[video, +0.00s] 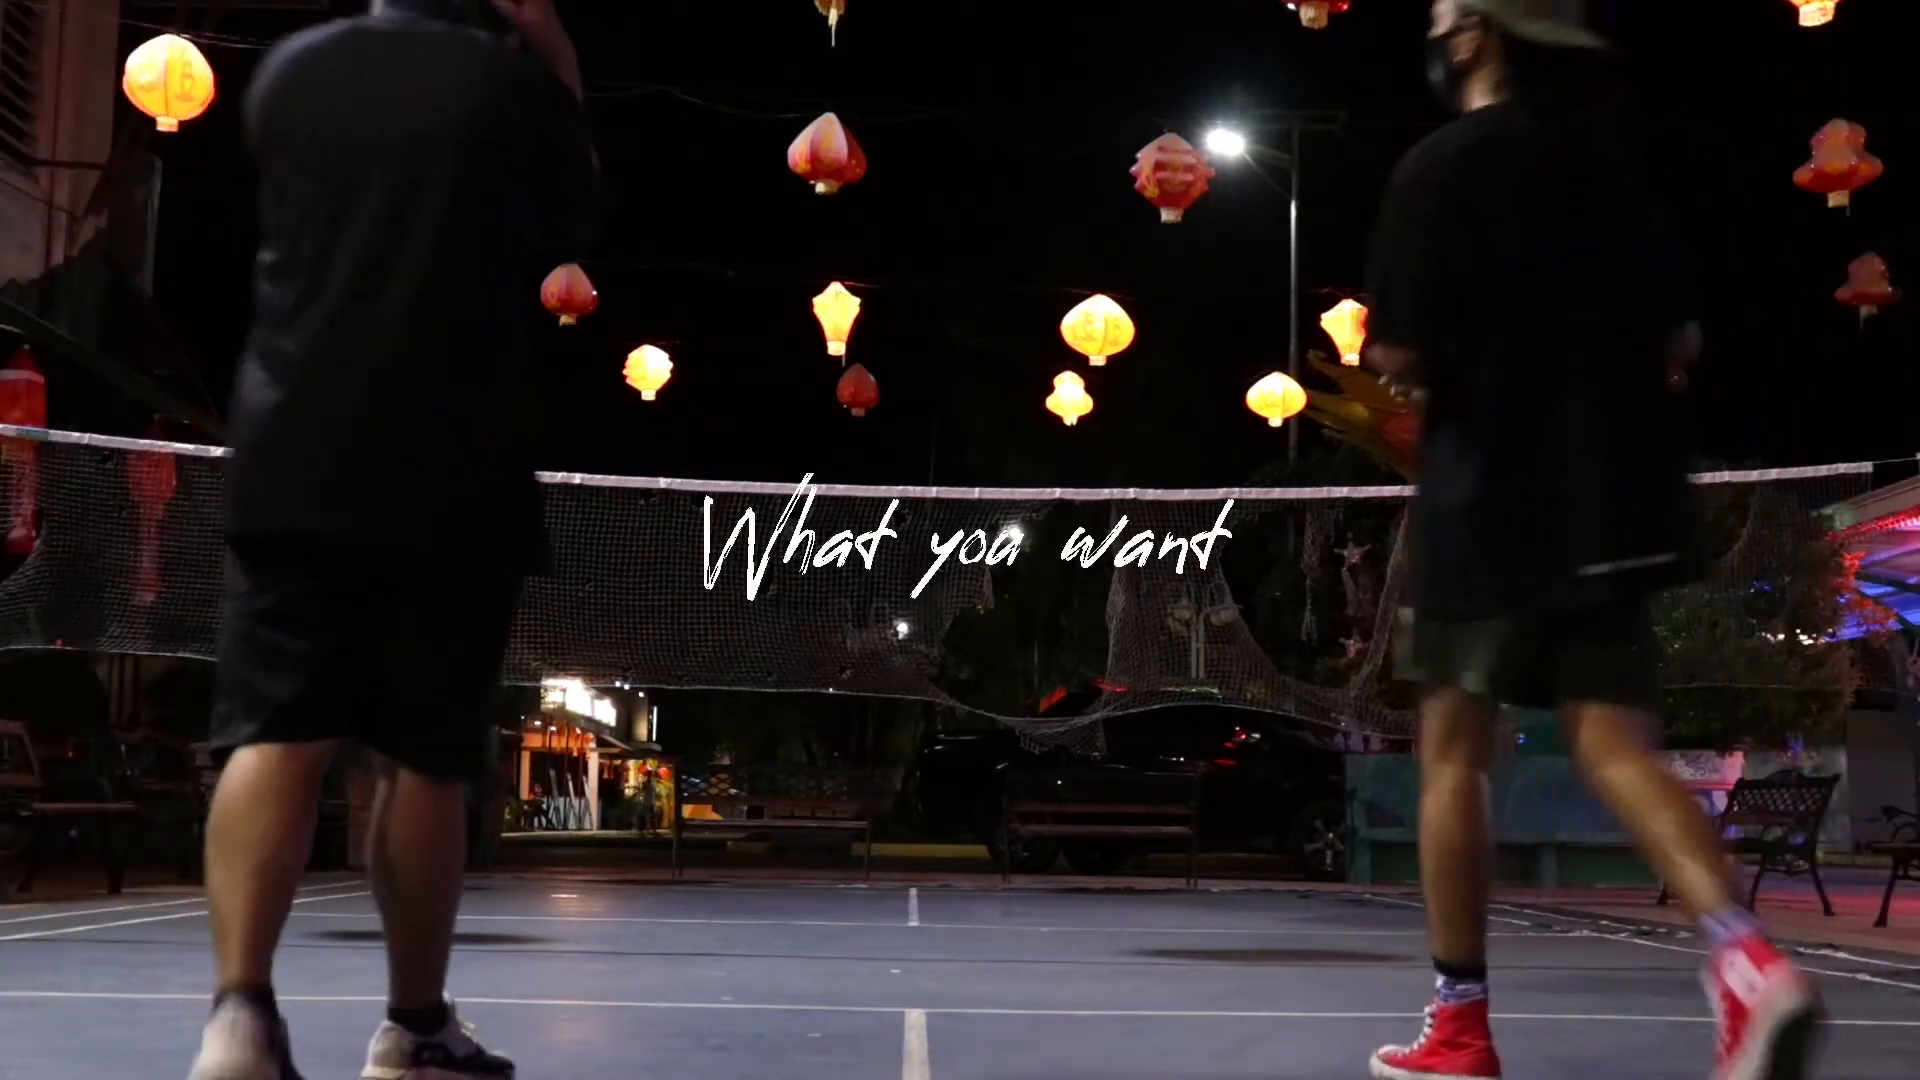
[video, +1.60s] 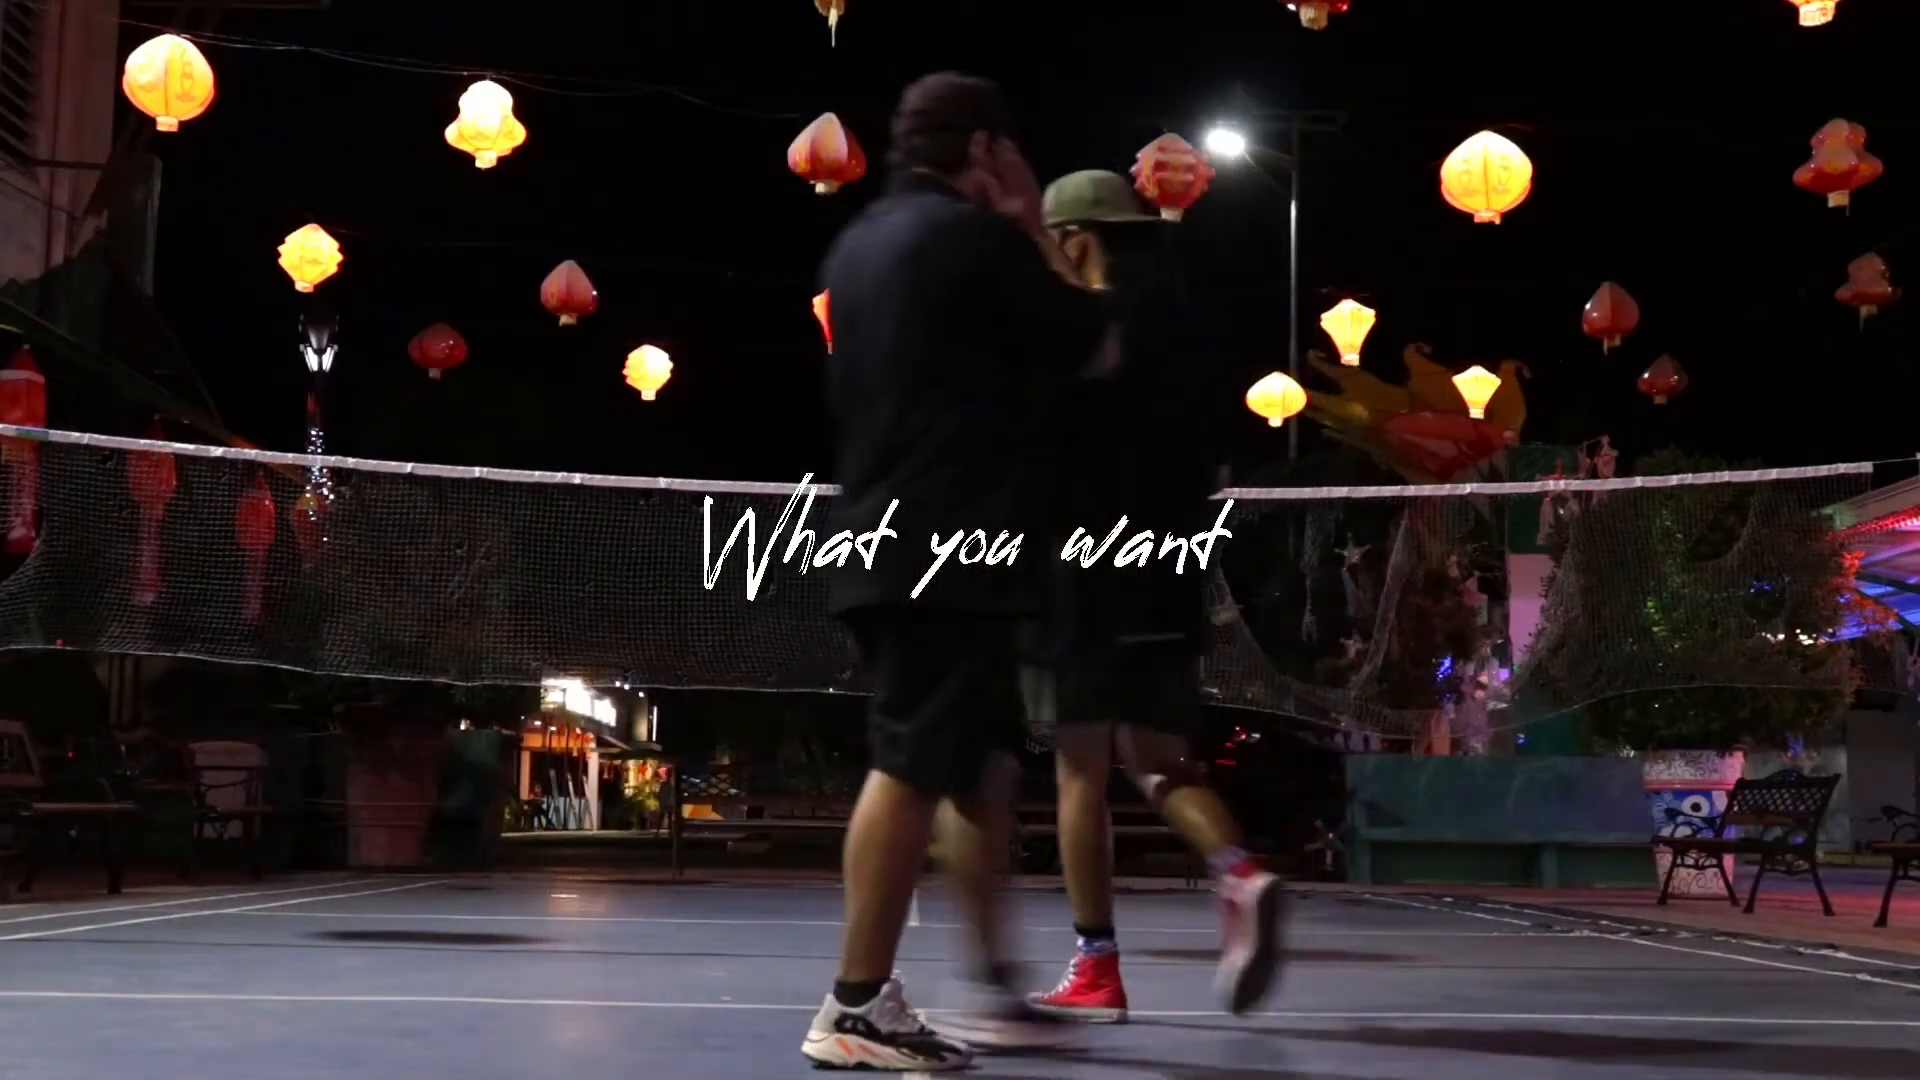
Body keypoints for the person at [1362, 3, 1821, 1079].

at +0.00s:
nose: (1436, 40)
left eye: (1445, 24)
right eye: (1442, 24)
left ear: (1474, 39)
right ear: (1557, 42)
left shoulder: (1446, 168)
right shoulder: (1626, 154)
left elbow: (1399, 358)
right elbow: (1676, 343)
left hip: (1485, 507)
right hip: (1615, 498)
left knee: (1452, 752)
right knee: (1615, 742)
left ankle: (1458, 1022)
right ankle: (1748, 966)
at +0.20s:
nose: (1373, 49)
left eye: (1380, 32)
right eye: (1376, 32)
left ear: (1407, 45)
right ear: (1494, 47)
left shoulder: (1372, 177)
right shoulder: (1552, 163)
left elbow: (1315, 366)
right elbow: (1613, 338)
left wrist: (1383, 407)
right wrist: (1514, 382)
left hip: (1416, 503)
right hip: (1532, 493)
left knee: (1432, 749)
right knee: (1505, 732)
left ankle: (1457, 1025)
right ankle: (1596, 923)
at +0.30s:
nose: (1344, 75)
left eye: (1350, 55)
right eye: (1349, 55)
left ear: (1375, 65)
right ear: (1463, 68)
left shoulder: (1348, 186)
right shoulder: (1525, 189)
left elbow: (1282, 351)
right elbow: (1565, 358)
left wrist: (1364, 385)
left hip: (1387, 499)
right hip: (1494, 495)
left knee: (1424, 755)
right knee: (1467, 743)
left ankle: (1457, 1016)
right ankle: (1489, 964)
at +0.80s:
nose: (1256, 202)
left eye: (1257, 187)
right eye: (1254, 190)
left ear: (1286, 178)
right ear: (1350, 172)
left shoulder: (1266, 250)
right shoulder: (1414, 259)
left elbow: (1221, 409)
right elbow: (1462, 435)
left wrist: (1267, 475)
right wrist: (1387, 473)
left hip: (1295, 527)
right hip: (1383, 532)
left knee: (1271, 753)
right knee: (1330, 759)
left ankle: (1391, 923)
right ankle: (1324, 985)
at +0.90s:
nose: (1240, 203)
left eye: (1242, 190)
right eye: (1239, 191)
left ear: (1267, 180)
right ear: (1330, 177)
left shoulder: (1257, 253)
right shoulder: (1388, 264)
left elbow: (1218, 412)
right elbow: (1420, 420)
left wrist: (1219, 482)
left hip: (1268, 548)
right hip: (1358, 553)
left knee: (1203, 736)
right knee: (1323, 759)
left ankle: (1321, 883)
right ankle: (1327, 1001)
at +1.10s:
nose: (1192, 225)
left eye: (1194, 209)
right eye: (1189, 211)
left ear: (1227, 197)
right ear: (1272, 195)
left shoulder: (1223, 275)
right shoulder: (1332, 281)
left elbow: (1187, 422)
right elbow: (1327, 423)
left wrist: (1177, 486)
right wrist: (1187, 475)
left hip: (1230, 551)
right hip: (1331, 551)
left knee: (1158, 735)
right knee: (1311, 758)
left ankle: (1168, 961)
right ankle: (1325, 987)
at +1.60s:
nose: (1048, 258)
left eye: (1053, 243)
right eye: (1050, 244)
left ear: (1080, 243)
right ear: (1133, 241)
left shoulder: (1077, 324)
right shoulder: (1186, 324)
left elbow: (1048, 452)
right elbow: (1203, 449)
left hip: (1077, 571)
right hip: (1166, 566)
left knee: (1079, 766)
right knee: (1160, 760)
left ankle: (1095, 965)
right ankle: (1239, 877)